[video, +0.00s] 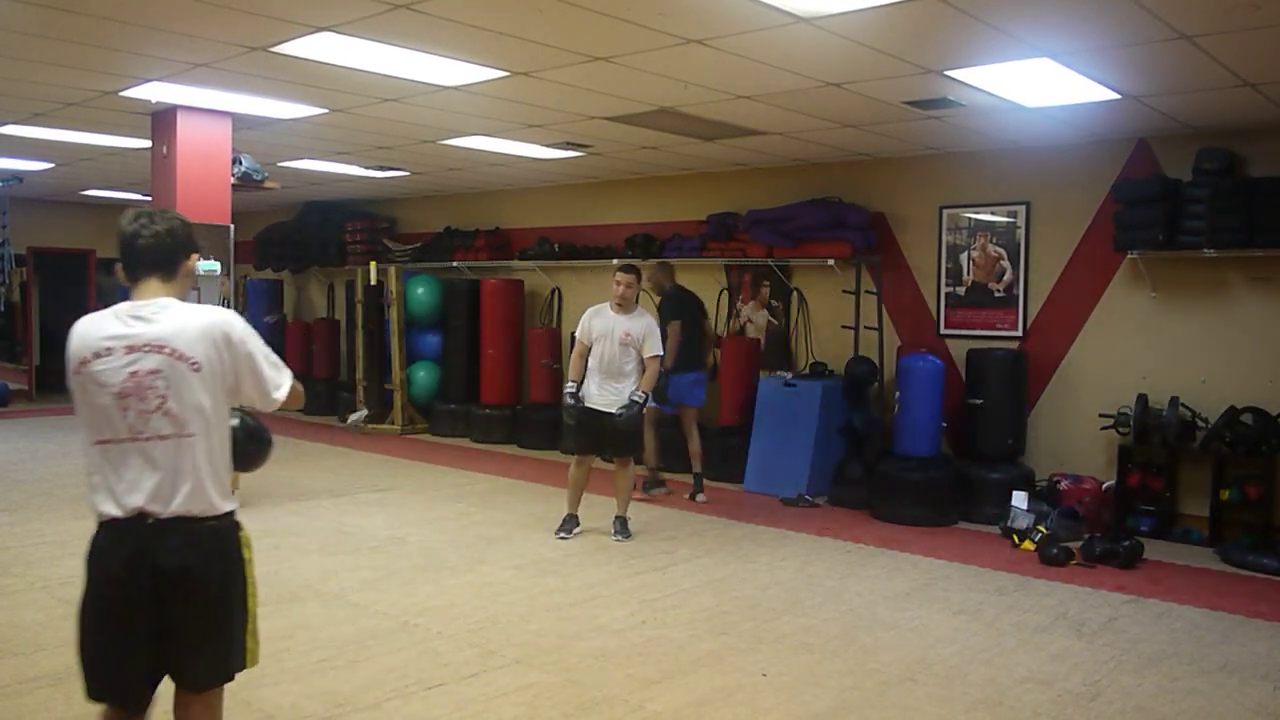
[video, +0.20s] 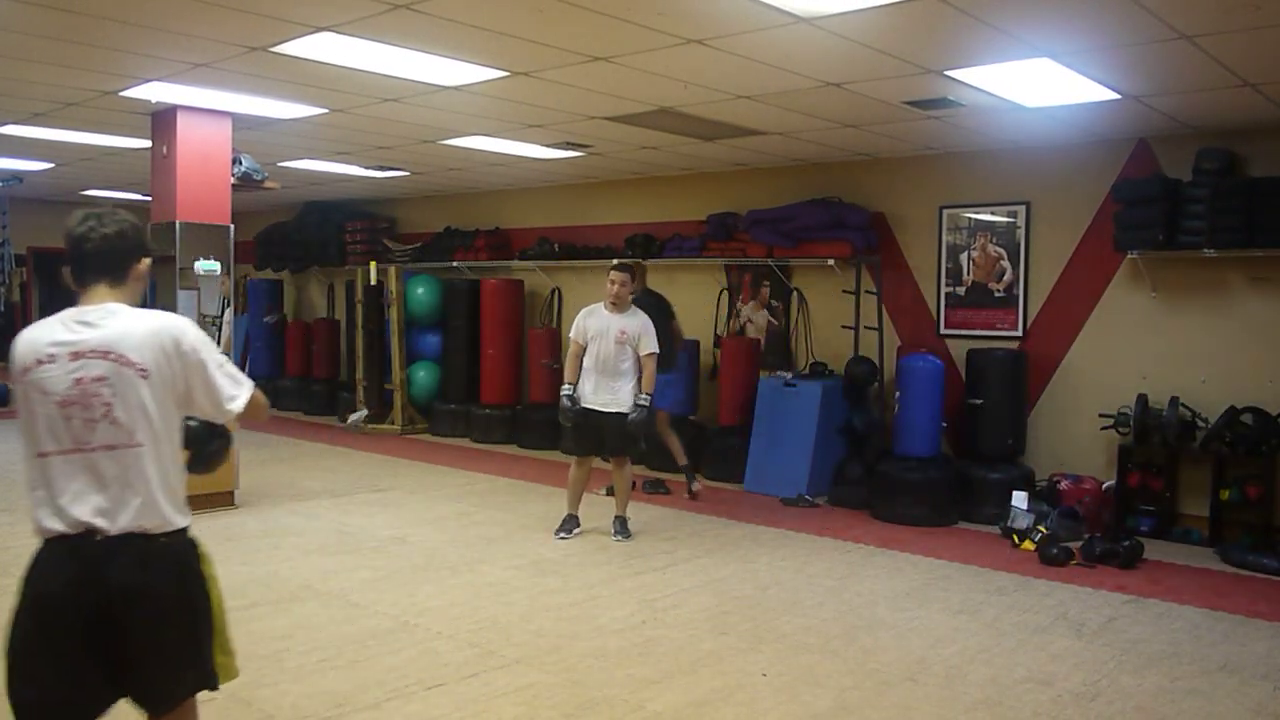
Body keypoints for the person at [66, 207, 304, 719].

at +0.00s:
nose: (197, 268)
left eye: (193, 259)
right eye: (195, 260)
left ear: (122, 270)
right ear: (188, 264)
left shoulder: (82, 336)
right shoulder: (218, 327)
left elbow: (109, 424)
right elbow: (290, 396)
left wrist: (214, 440)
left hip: (119, 548)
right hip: (204, 547)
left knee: (121, 703)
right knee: (200, 699)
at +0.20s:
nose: (147, 273)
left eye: (143, 263)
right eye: (146, 264)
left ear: (70, 274)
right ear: (141, 267)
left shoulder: (26, 346)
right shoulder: (170, 334)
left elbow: (53, 437)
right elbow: (254, 407)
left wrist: (170, 440)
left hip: (61, 571)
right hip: (158, 567)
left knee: (47, 711)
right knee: (174, 708)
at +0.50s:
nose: (91, 271)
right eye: (92, 261)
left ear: (6, 271)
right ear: (85, 262)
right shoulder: (113, 329)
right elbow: (201, 436)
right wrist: (127, 422)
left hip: (10, 569)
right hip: (107, 570)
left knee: (22, 708)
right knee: (142, 706)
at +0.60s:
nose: (90, 269)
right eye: (91, 259)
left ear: (6, 271)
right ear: (84, 261)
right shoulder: (113, 333)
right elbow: (195, 449)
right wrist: (131, 421)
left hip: (8, 573)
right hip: (104, 574)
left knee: (20, 708)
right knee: (134, 707)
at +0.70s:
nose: (97, 270)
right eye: (98, 258)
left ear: (12, 268)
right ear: (89, 259)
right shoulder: (118, 336)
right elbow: (184, 463)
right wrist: (157, 391)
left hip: (8, 579)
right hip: (103, 582)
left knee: (19, 710)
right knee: (131, 708)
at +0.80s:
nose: (113, 270)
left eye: (112, 256)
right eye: (113, 255)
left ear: (27, 262)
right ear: (102, 257)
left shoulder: (1, 334)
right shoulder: (130, 340)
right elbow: (176, 481)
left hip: (12, 586)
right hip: (112, 590)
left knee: (23, 710)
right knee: (130, 708)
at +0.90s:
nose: (133, 269)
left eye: (133, 257)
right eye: (133, 257)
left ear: (43, 258)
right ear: (119, 259)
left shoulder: (7, 341)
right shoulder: (143, 339)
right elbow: (183, 486)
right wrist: (187, 395)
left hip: (27, 592)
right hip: (127, 597)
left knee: (31, 712)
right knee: (140, 710)